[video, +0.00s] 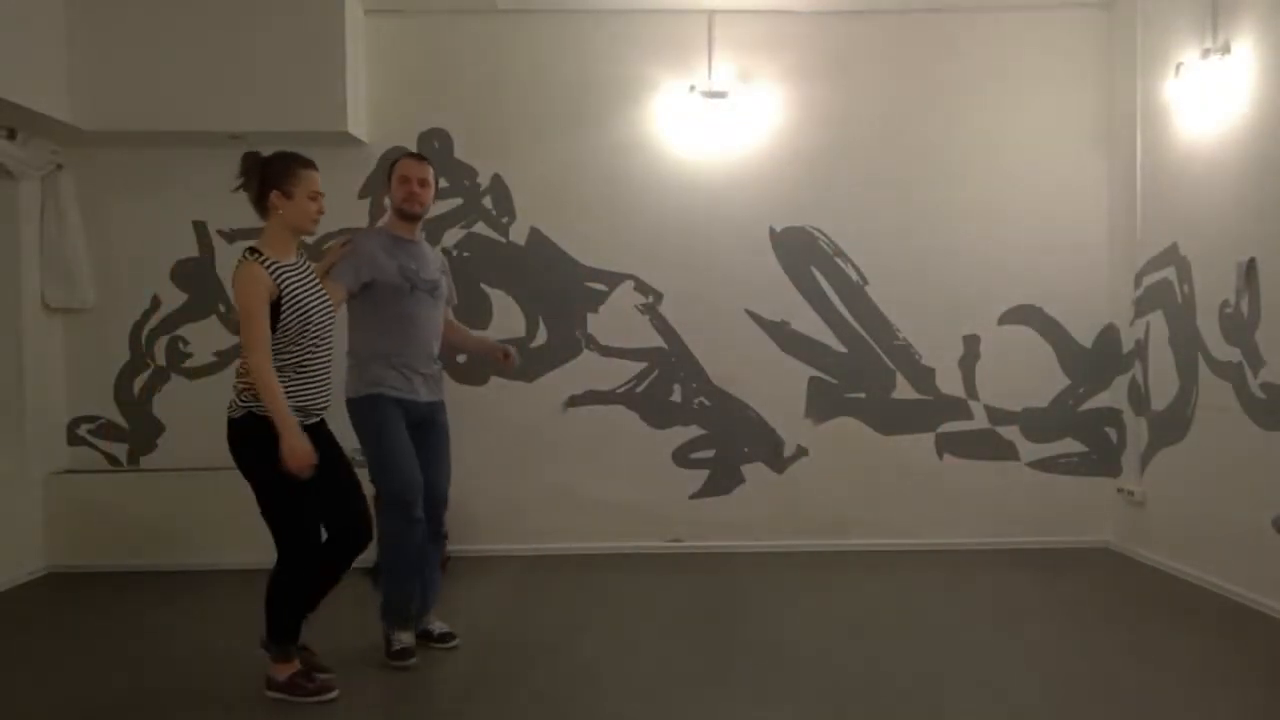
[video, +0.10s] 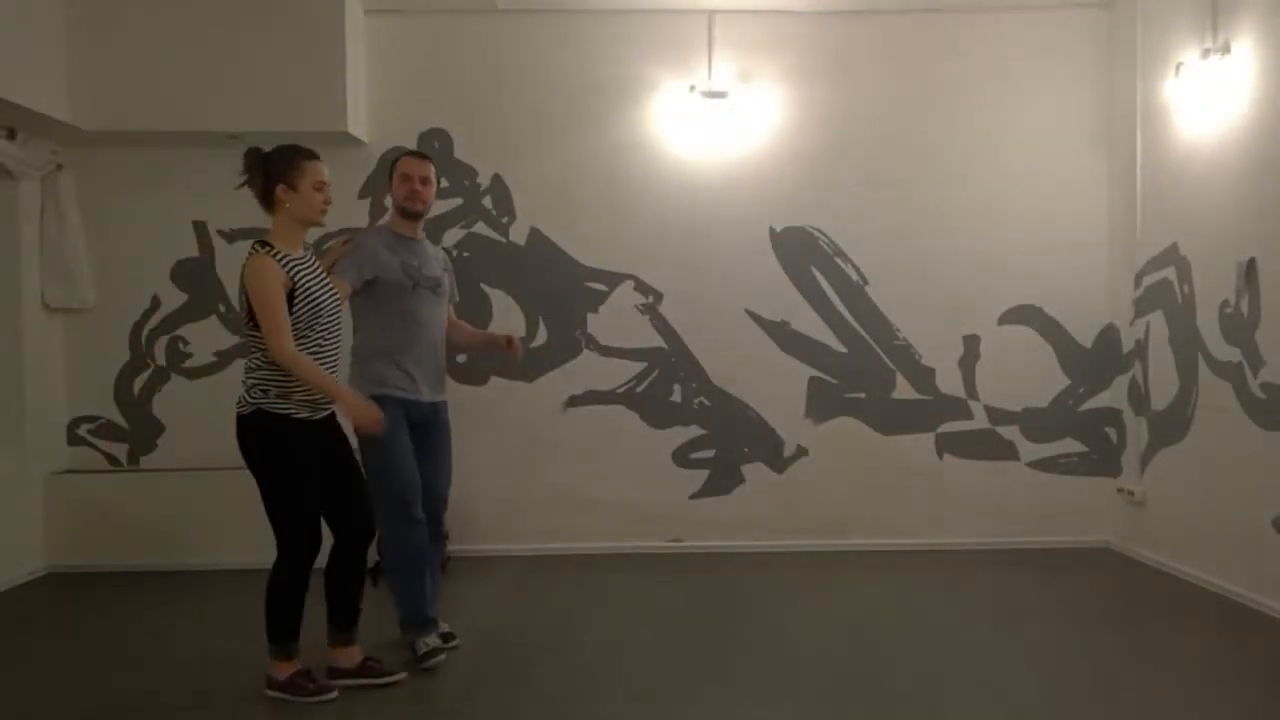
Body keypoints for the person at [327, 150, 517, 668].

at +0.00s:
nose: (414, 191)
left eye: (423, 183)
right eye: (405, 182)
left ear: (433, 194)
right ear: (387, 190)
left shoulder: (435, 260)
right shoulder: (365, 247)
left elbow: (444, 330)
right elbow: (313, 306)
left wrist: (490, 346)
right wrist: (267, 355)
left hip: (428, 394)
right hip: (376, 392)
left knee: (433, 503)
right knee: (403, 498)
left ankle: (420, 613)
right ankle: (398, 622)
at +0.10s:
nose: (416, 188)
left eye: (424, 181)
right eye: (407, 179)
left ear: (435, 192)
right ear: (389, 188)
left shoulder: (439, 259)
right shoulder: (367, 246)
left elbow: (447, 328)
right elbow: (319, 301)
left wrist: (492, 340)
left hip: (431, 399)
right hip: (380, 397)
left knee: (433, 508)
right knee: (403, 507)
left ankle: (424, 615)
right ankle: (418, 627)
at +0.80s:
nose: (365, 187)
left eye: (373, 180)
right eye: (355, 180)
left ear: (387, 192)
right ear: (341, 190)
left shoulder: (399, 262)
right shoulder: (319, 252)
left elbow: (400, 325)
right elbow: (280, 310)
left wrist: (450, 337)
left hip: (391, 405)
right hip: (335, 405)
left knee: (409, 510)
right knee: (335, 518)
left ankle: (416, 618)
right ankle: (291, 625)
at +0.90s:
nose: (347, 191)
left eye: (356, 184)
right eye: (337, 183)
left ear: (370, 195)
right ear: (323, 194)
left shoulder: (381, 266)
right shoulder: (298, 254)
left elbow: (388, 336)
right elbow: (265, 314)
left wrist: (429, 343)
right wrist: (227, 324)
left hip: (372, 411)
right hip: (312, 411)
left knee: (399, 510)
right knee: (308, 524)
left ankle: (415, 618)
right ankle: (284, 631)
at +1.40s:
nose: (303, 185)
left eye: (313, 177)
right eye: (294, 178)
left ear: (332, 188)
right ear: (283, 188)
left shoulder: (361, 255)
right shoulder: (256, 251)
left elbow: (380, 326)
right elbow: (225, 316)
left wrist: (334, 314)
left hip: (338, 405)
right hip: (274, 404)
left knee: (341, 515)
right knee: (272, 515)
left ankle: (329, 607)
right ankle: (274, 624)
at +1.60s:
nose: (301, 191)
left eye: (311, 183)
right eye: (292, 184)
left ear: (333, 193)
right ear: (283, 195)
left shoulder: (365, 261)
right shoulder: (262, 257)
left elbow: (373, 332)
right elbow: (213, 309)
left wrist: (302, 316)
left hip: (340, 411)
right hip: (277, 408)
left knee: (333, 516)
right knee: (274, 518)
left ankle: (325, 605)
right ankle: (283, 627)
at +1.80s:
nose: (294, 188)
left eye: (305, 179)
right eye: (287, 181)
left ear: (330, 191)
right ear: (279, 193)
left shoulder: (355, 259)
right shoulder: (261, 257)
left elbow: (356, 335)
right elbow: (212, 306)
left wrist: (277, 319)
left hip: (335, 414)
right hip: (273, 413)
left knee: (330, 516)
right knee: (283, 524)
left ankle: (344, 594)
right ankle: (311, 631)